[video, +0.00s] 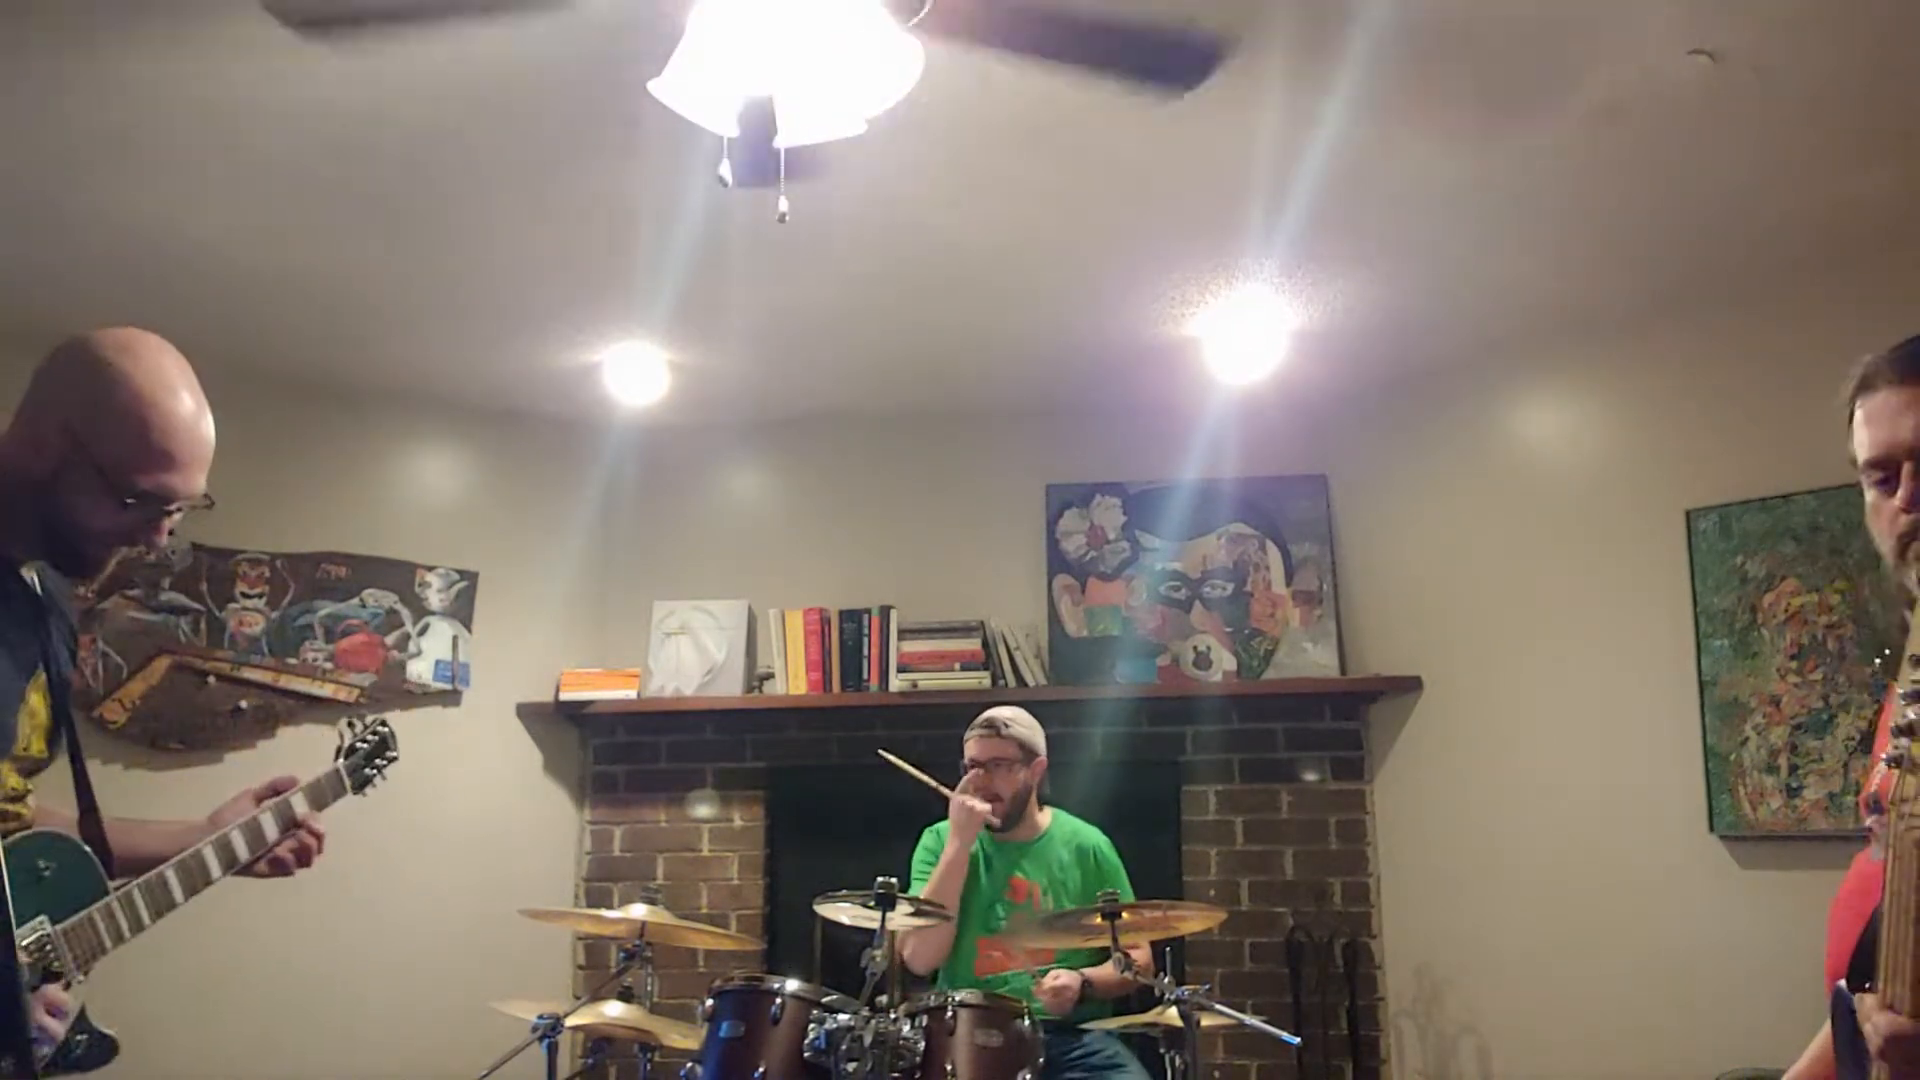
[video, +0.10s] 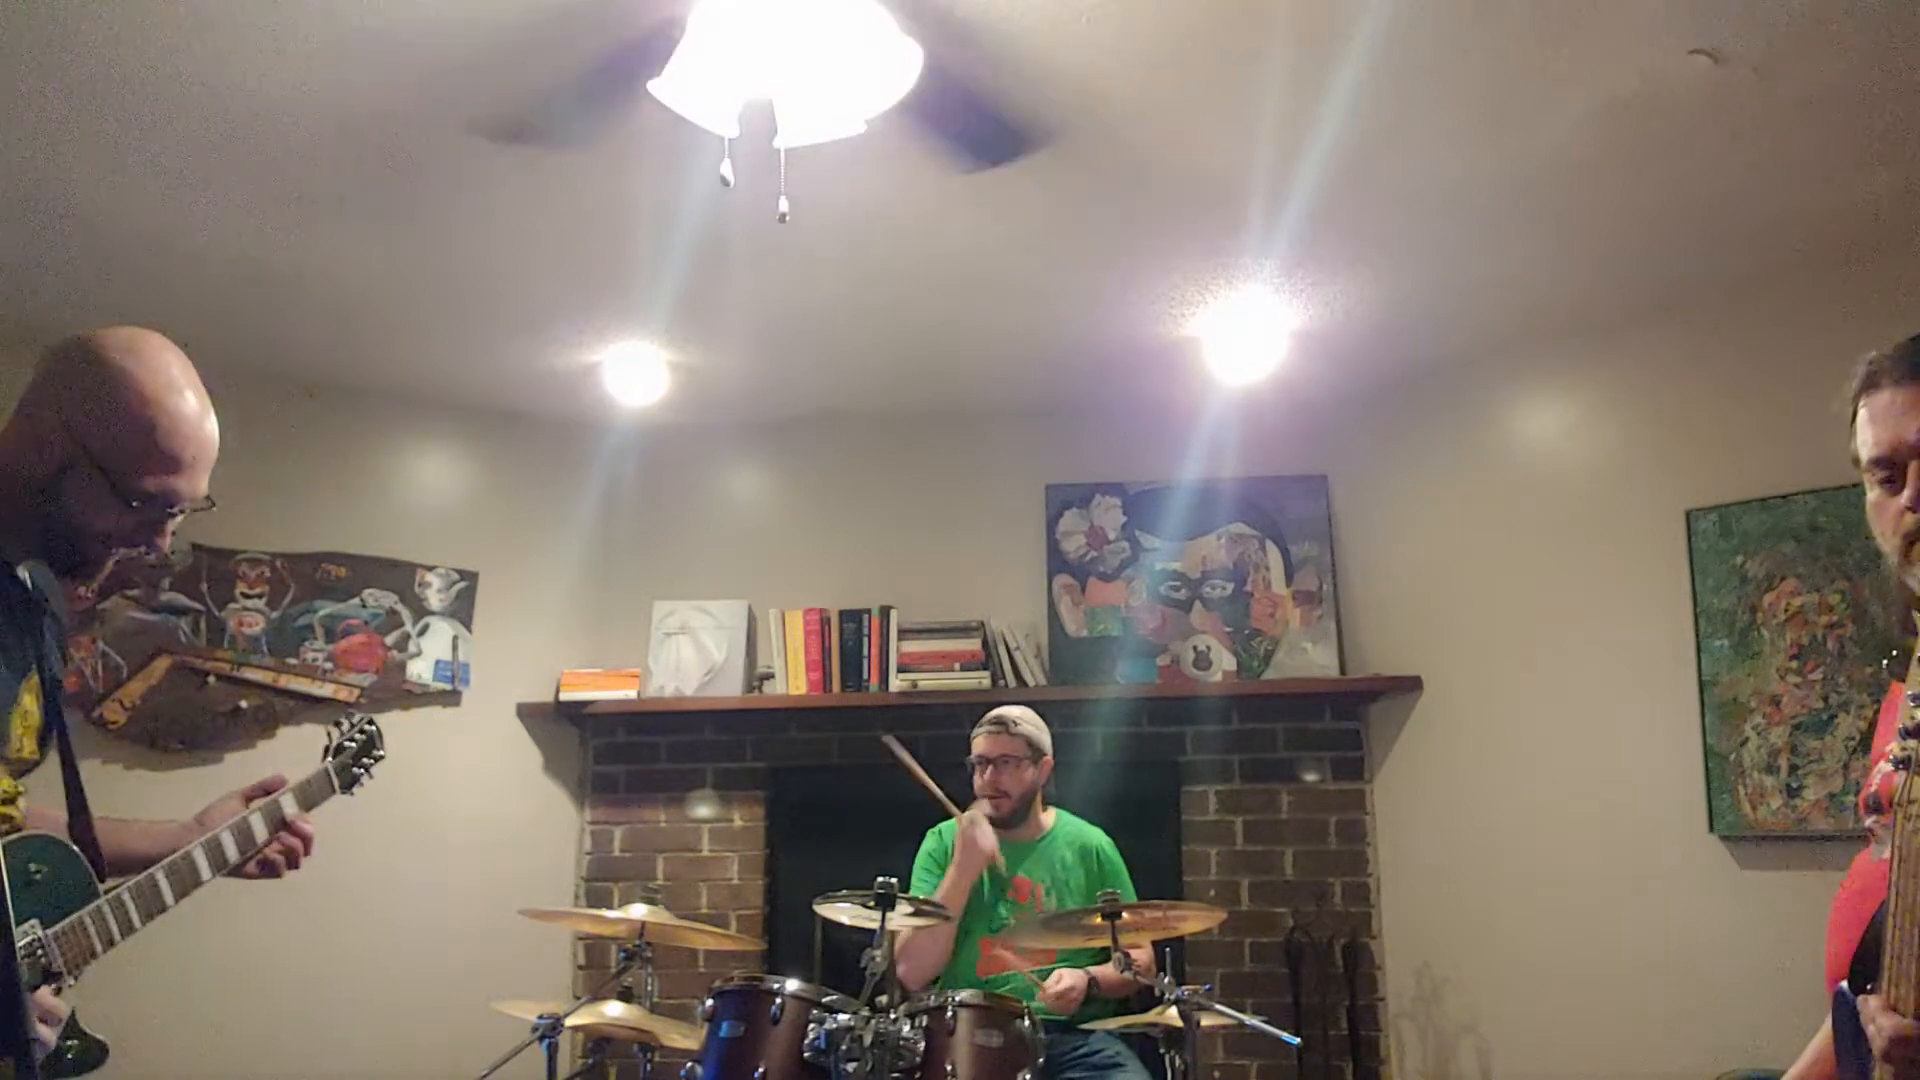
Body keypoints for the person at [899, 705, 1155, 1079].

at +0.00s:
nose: (980, 780)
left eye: (998, 766)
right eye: (972, 767)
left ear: (1036, 770)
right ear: (962, 769)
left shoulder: (1088, 846)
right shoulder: (941, 842)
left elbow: (1140, 959)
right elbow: (920, 959)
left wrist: (1083, 980)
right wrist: (959, 843)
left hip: (1071, 1033)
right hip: (967, 1031)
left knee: (1132, 1076)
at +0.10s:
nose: (989, 778)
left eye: (1006, 763)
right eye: (980, 764)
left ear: (1043, 769)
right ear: (970, 769)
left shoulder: (1090, 846)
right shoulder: (944, 843)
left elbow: (1141, 961)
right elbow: (912, 973)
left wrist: (1088, 979)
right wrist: (962, 870)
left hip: (1072, 1032)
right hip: (966, 1031)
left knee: (1131, 1075)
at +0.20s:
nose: (1000, 774)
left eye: (1017, 759)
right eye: (990, 761)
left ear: (1052, 767)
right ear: (980, 768)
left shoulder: (1095, 850)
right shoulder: (948, 847)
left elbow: (1143, 966)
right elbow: (907, 977)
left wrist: (1097, 982)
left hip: (1072, 1031)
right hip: (970, 1031)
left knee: (1131, 1074)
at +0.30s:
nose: (1009, 771)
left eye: (1026, 757)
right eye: (999, 758)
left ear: (1057, 768)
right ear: (987, 768)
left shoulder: (1099, 852)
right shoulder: (949, 852)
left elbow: (1143, 965)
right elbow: (908, 966)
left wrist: (1105, 988)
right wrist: (959, 978)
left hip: (1073, 1032)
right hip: (974, 1031)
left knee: (1133, 1075)